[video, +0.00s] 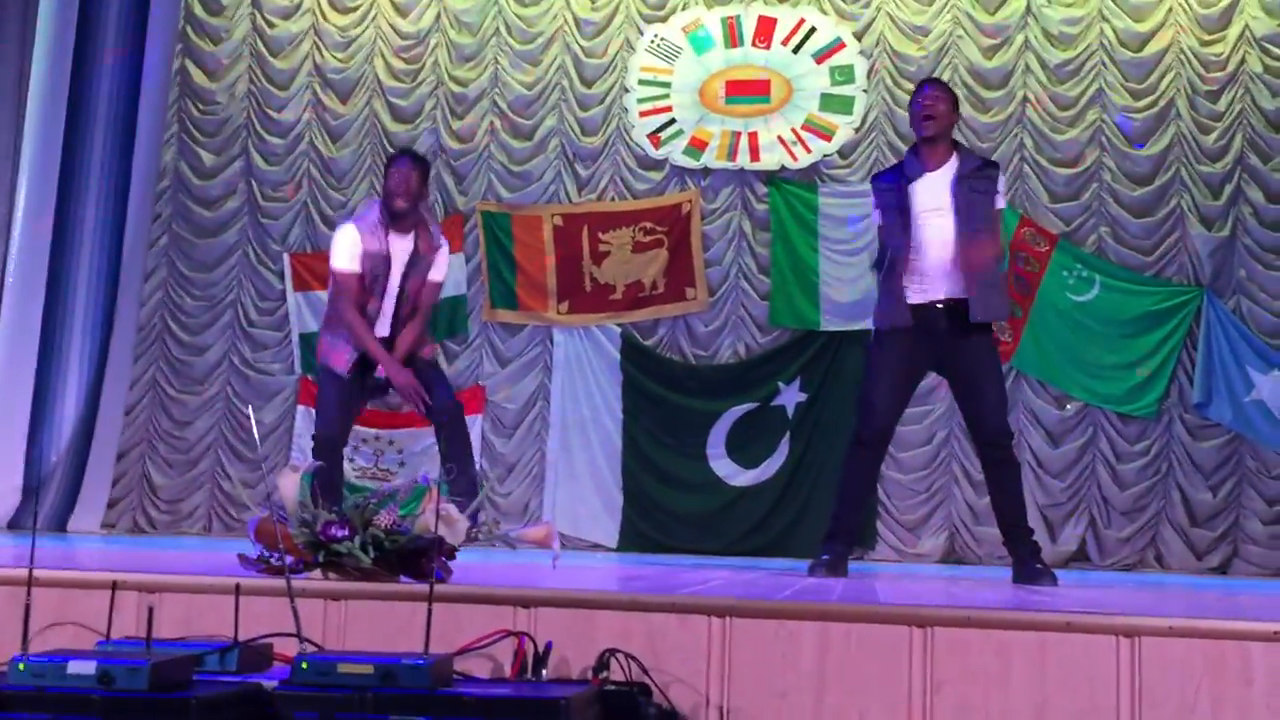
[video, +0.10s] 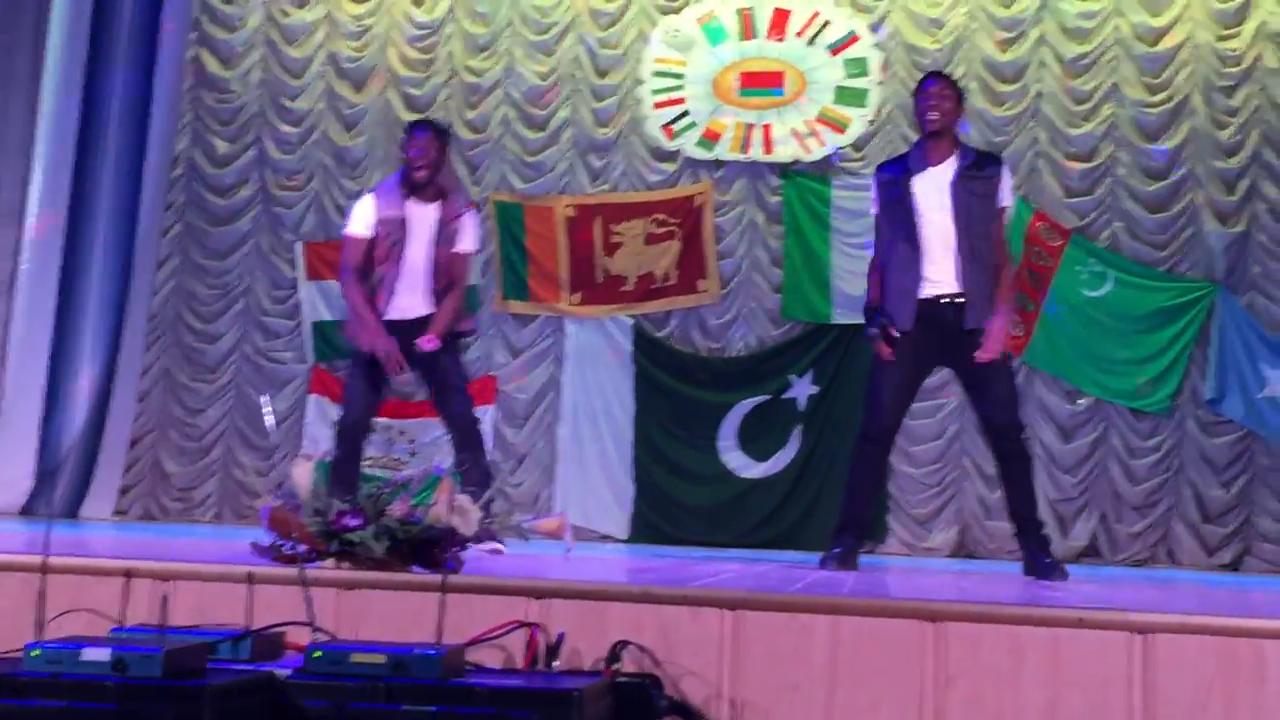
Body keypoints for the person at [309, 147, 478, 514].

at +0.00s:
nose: (402, 187)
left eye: (411, 180)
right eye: (395, 178)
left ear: (424, 189)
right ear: (383, 184)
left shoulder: (436, 246)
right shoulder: (352, 235)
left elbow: (421, 315)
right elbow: (347, 312)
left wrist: (392, 366)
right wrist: (391, 368)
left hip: (406, 348)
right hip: (350, 348)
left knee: (448, 410)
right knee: (329, 436)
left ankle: (465, 513)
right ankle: (329, 524)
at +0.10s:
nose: (420, 161)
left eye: (429, 154)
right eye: (413, 153)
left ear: (444, 158)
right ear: (403, 154)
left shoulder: (461, 214)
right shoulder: (372, 206)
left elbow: (458, 286)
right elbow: (350, 278)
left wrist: (432, 336)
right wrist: (378, 339)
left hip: (431, 329)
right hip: (378, 329)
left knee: (462, 417)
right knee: (353, 420)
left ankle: (478, 515)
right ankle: (340, 513)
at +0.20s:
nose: (442, 138)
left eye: (450, 131)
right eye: (435, 129)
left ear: (465, 137)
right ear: (423, 134)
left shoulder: (487, 192)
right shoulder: (399, 185)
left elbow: (496, 262)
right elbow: (359, 246)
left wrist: (470, 308)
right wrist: (354, 306)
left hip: (464, 314)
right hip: (407, 312)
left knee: (478, 409)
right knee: (377, 408)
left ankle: (491, 512)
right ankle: (354, 502)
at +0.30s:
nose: (445, 124)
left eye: (453, 116)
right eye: (437, 116)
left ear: (467, 121)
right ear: (427, 122)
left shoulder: (492, 176)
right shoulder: (404, 172)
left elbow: (504, 246)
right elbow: (362, 229)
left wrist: (473, 294)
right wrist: (325, 279)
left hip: (467, 299)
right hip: (412, 298)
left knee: (478, 399)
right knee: (387, 395)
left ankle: (488, 500)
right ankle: (369, 496)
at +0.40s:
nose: (457, 116)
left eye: (466, 108)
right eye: (450, 108)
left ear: (480, 113)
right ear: (440, 113)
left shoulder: (505, 168)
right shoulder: (417, 163)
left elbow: (516, 238)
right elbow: (376, 223)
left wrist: (486, 284)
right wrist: (333, 271)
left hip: (477, 290)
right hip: (423, 290)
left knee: (487, 390)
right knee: (410, 392)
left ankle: (493, 493)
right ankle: (401, 492)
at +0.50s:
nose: (462, 112)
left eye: (471, 105)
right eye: (455, 104)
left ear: (487, 111)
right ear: (446, 109)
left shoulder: (509, 166)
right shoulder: (422, 161)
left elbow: (521, 238)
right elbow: (381, 222)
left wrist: (492, 282)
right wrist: (345, 275)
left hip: (484, 288)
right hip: (429, 288)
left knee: (492, 387)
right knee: (417, 389)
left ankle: (495, 489)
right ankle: (404, 488)